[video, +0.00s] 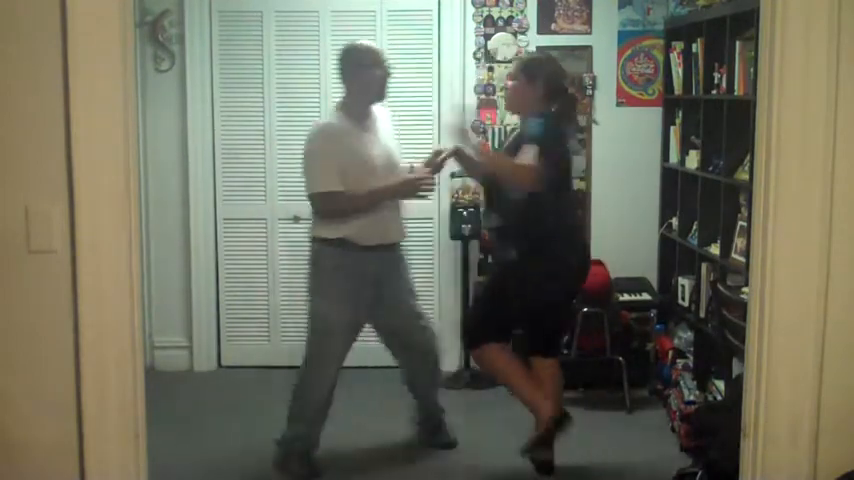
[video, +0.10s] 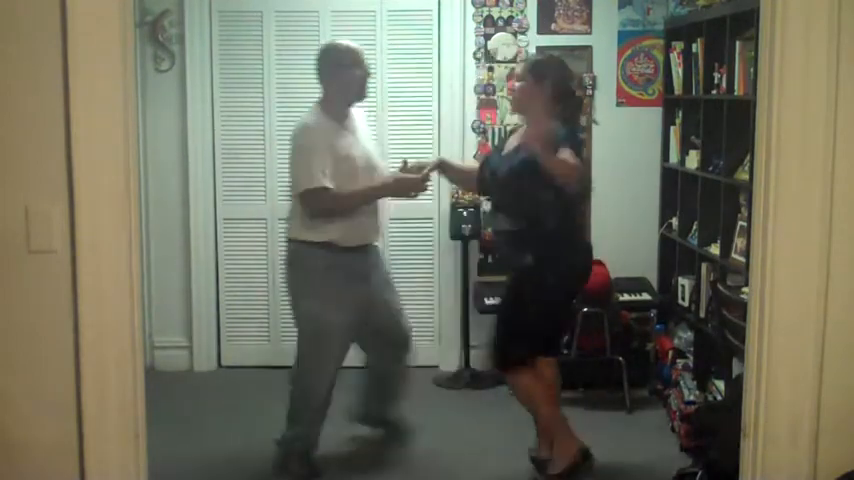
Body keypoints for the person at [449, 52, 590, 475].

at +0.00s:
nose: (508, 87)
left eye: (515, 81)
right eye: (511, 80)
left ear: (537, 88)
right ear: (538, 89)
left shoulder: (540, 131)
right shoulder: (537, 132)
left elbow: (527, 179)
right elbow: (506, 183)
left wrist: (478, 153)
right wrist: (466, 160)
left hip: (539, 257)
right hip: (556, 256)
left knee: (481, 337)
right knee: (544, 347)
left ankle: (544, 409)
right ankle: (545, 443)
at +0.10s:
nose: (513, 86)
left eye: (522, 80)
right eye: (516, 79)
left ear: (546, 90)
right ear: (540, 92)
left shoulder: (562, 136)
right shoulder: (520, 139)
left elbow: (573, 177)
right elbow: (485, 180)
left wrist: (541, 152)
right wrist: (443, 165)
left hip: (555, 260)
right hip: (532, 260)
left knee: (510, 358)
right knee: (542, 353)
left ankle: (566, 445)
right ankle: (547, 442)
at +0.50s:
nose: (517, 88)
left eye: (526, 82)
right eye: (520, 81)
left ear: (553, 91)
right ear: (540, 93)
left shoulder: (562, 140)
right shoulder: (524, 136)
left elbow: (528, 203)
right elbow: (482, 170)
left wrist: (477, 195)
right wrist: (427, 167)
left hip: (563, 267)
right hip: (528, 265)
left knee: (560, 365)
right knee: (495, 344)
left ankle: (581, 459)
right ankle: (533, 425)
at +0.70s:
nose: (503, 90)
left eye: (512, 85)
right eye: (506, 84)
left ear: (536, 93)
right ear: (525, 94)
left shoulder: (552, 137)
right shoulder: (499, 141)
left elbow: (544, 188)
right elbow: (456, 179)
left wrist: (495, 220)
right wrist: (416, 155)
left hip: (547, 262)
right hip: (513, 262)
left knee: (507, 356)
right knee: (511, 356)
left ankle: (561, 440)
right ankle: (526, 451)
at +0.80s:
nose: (490, 92)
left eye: (499, 87)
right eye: (493, 86)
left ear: (526, 96)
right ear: (511, 97)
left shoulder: (542, 139)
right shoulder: (484, 146)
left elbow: (555, 173)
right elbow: (441, 174)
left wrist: (546, 190)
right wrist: (400, 138)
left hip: (537, 266)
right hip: (500, 268)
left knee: (478, 356)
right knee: (509, 361)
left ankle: (513, 452)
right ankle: (528, 453)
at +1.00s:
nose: (472, 98)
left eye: (482, 91)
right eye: (475, 91)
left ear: (507, 100)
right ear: (491, 100)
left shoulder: (523, 142)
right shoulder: (469, 146)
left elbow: (535, 161)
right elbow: (429, 154)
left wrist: (508, 169)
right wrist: (397, 112)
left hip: (515, 269)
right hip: (480, 269)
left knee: (462, 367)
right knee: (490, 361)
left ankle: (450, 470)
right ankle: (524, 451)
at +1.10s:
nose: (468, 101)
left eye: (475, 95)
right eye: (471, 94)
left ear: (494, 104)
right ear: (498, 105)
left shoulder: (497, 141)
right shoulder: (484, 139)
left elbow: (482, 181)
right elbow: (452, 125)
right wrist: (433, 89)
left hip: (497, 266)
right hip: (511, 263)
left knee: (451, 364)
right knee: (482, 355)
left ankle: (449, 469)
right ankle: (513, 448)